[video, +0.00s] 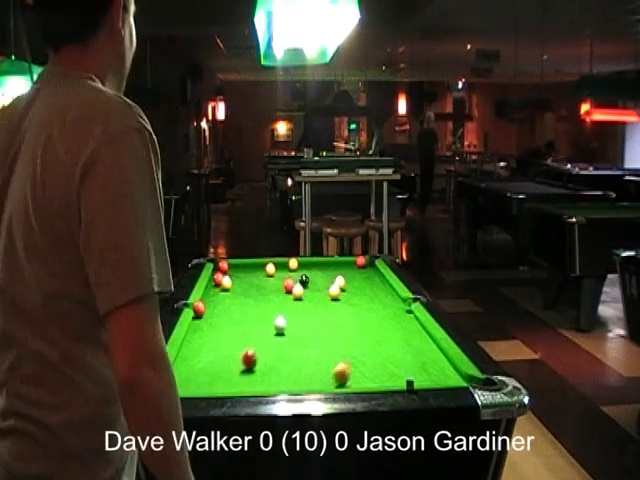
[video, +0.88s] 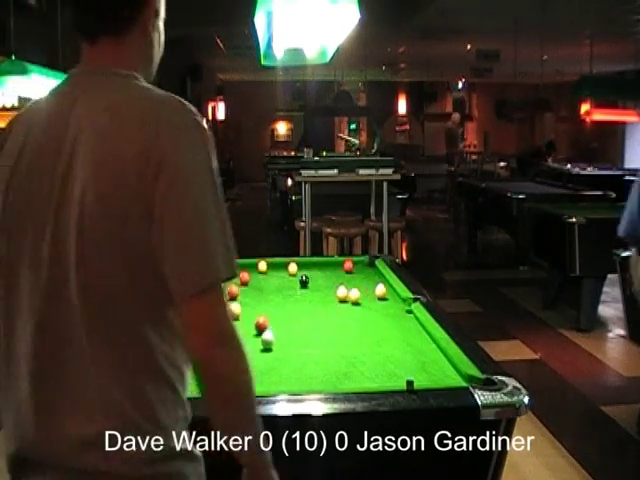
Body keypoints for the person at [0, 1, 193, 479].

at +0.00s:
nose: (136, 36)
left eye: (135, 18)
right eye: (135, 16)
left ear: (46, 24)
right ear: (120, 15)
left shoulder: (10, 119)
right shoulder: (112, 127)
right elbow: (138, 365)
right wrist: (176, 471)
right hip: (77, 454)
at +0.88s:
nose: (163, 34)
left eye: (162, 20)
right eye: (163, 18)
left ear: (80, 22)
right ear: (152, 17)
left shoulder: (21, 128)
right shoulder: (167, 122)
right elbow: (206, 325)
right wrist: (255, 457)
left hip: (28, 446)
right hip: (140, 448)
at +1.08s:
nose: (207, 27)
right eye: (205, 14)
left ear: (123, 23)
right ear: (198, 16)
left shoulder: (62, 120)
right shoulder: (228, 124)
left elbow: (14, 303)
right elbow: (268, 306)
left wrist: (55, 400)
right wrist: (307, 434)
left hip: (79, 431)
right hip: (188, 433)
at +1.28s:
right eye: (247, 14)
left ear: (160, 17)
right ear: (241, 15)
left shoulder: (101, 117)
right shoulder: (272, 131)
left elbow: (49, 297)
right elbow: (321, 289)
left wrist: (82, 394)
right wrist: (361, 391)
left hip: (110, 429)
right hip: (220, 431)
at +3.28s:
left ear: (186, 23)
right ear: (264, 26)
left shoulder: (136, 118)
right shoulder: (309, 131)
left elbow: (93, 306)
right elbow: (335, 306)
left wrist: (122, 399)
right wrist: (347, 409)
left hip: (153, 434)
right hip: (261, 434)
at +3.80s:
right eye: (240, 13)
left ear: (148, 19)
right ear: (232, 18)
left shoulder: (94, 124)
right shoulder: (280, 131)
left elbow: (60, 317)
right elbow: (309, 314)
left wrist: (110, 405)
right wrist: (314, 437)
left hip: (128, 438)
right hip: (240, 439)